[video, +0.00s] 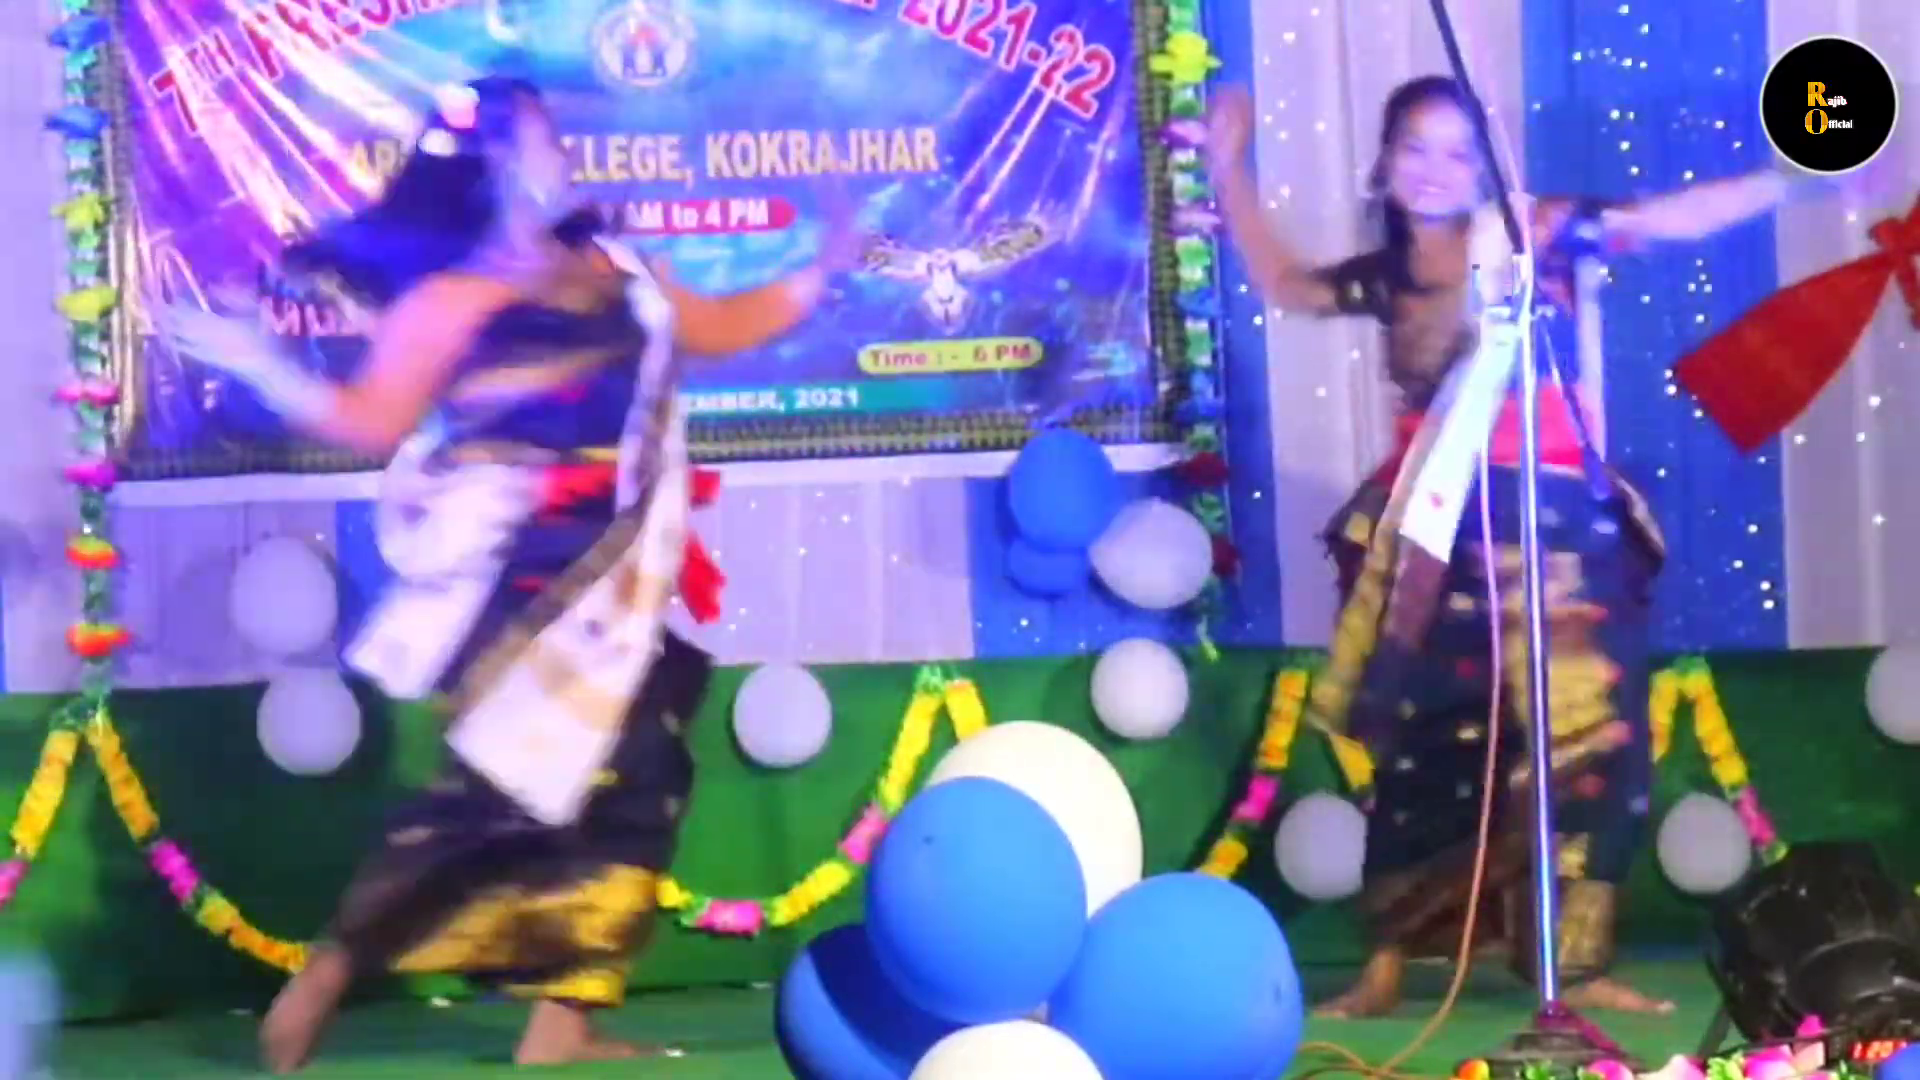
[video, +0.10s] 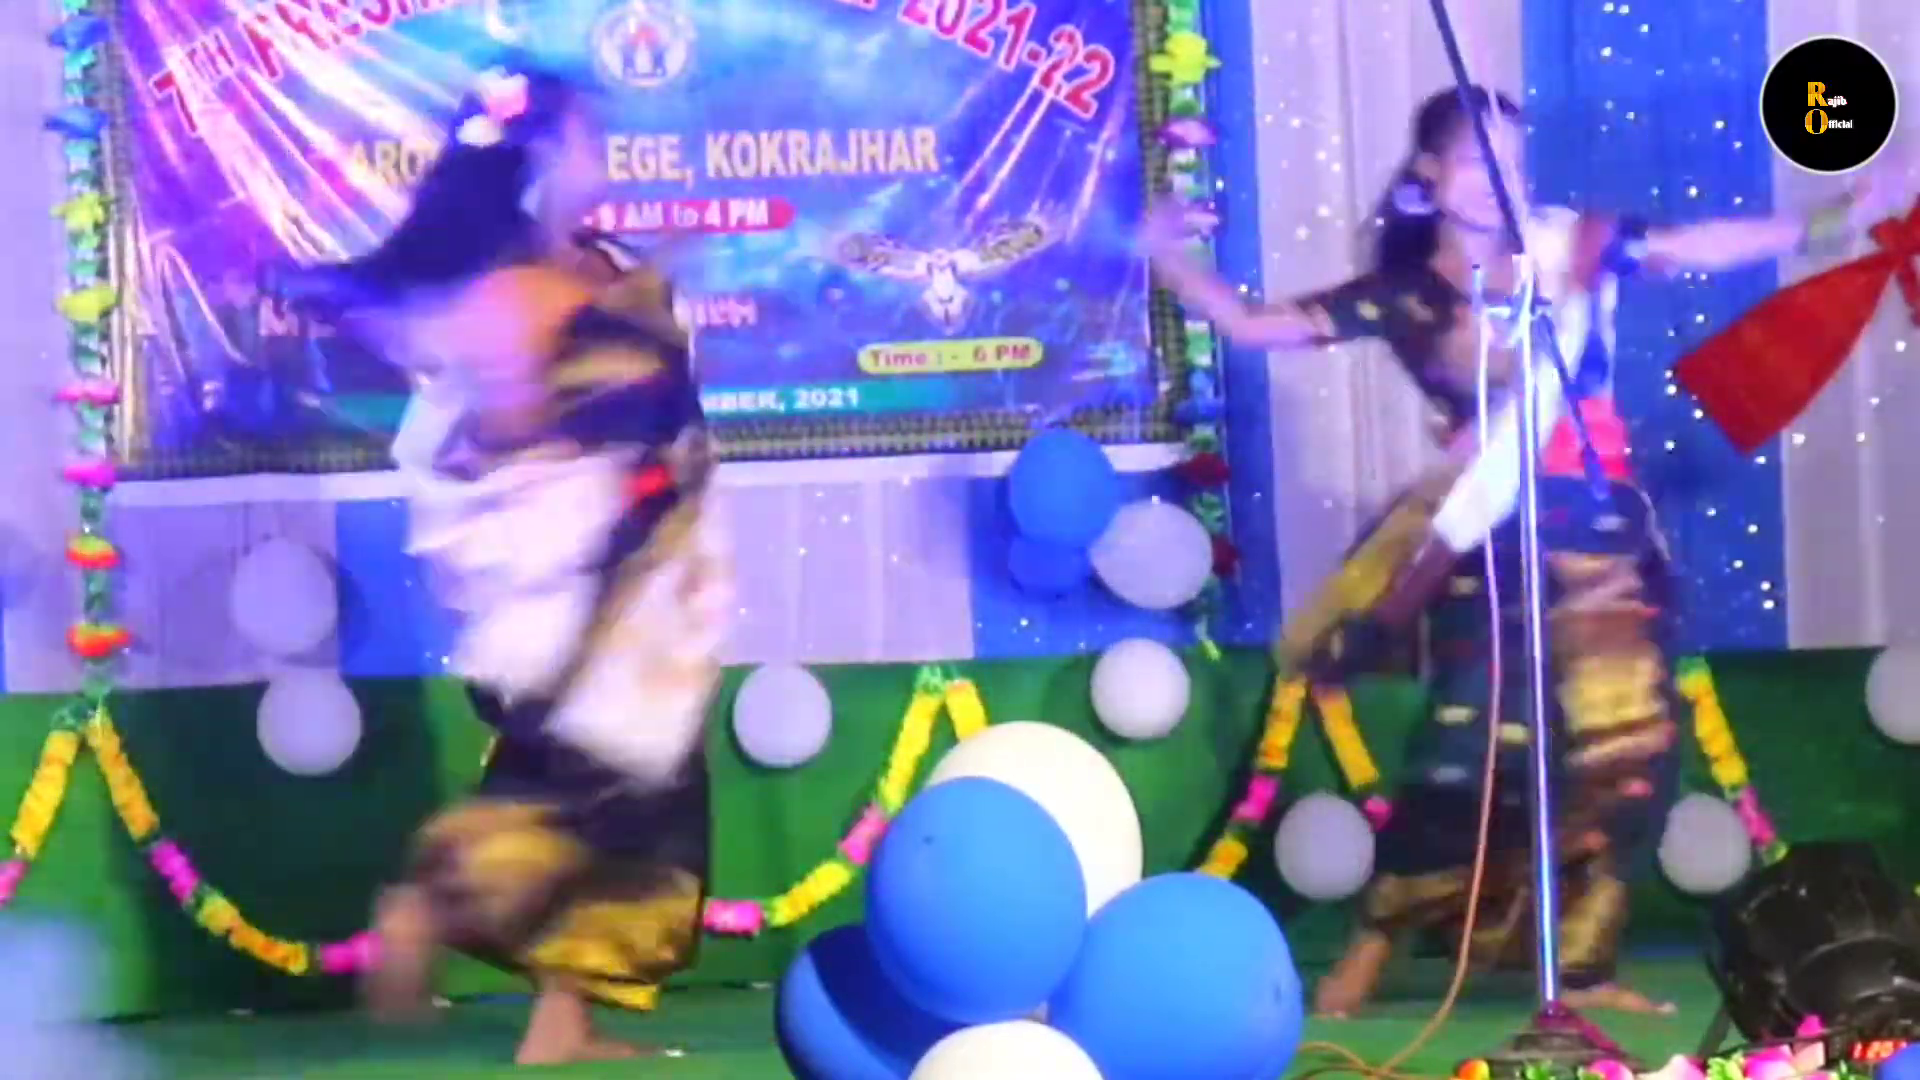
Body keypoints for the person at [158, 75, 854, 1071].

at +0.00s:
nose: (563, 160)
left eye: (557, 141)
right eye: (539, 145)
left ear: (560, 153)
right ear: (490, 173)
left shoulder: (625, 283)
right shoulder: (456, 301)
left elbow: (729, 326)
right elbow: (370, 424)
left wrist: (824, 265)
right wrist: (259, 363)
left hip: (618, 587)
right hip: (501, 585)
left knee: (636, 787)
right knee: (496, 795)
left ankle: (562, 1023)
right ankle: (327, 977)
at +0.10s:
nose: (598, 166)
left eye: (597, 146)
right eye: (584, 145)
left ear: (549, 153)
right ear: (532, 153)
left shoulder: (581, 271)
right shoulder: (505, 294)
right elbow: (508, 430)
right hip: (550, 570)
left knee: (624, 791)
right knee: (585, 782)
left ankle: (563, 1021)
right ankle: (429, 910)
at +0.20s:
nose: (630, 145)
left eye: (620, 129)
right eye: (622, 130)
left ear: (511, 134)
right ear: (607, 143)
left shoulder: (483, 245)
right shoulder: (629, 250)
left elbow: (388, 208)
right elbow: (729, 348)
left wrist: (362, 176)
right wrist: (841, 299)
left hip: (539, 543)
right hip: (657, 538)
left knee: (579, 765)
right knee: (735, 728)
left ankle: (581, 994)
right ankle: (663, 915)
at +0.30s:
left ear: (541, 115)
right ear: (670, 116)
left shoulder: (503, 219)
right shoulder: (706, 225)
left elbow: (359, 253)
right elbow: (817, 328)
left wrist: (261, 180)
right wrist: (941, 263)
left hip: (570, 514)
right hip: (697, 496)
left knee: (615, 751)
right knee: (737, 719)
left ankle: (692, 981)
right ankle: (780, 942)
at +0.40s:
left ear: (582, 118)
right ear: (703, 130)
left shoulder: (557, 226)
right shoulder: (733, 235)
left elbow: (444, 254)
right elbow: (820, 339)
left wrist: (334, 204)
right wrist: (875, 268)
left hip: (629, 523)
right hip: (736, 518)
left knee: (643, 753)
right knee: (742, 733)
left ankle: (747, 996)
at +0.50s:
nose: (585, 135)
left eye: (603, 117)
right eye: (592, 114)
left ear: (649, 136)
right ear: (679, 139)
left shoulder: (662, 243)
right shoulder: (655, 240)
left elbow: (569, 286)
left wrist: (473, 227)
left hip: (699, 539)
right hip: (666, 538)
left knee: (694, 769)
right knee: (682, 765)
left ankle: (764, 1002)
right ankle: (754, 997)